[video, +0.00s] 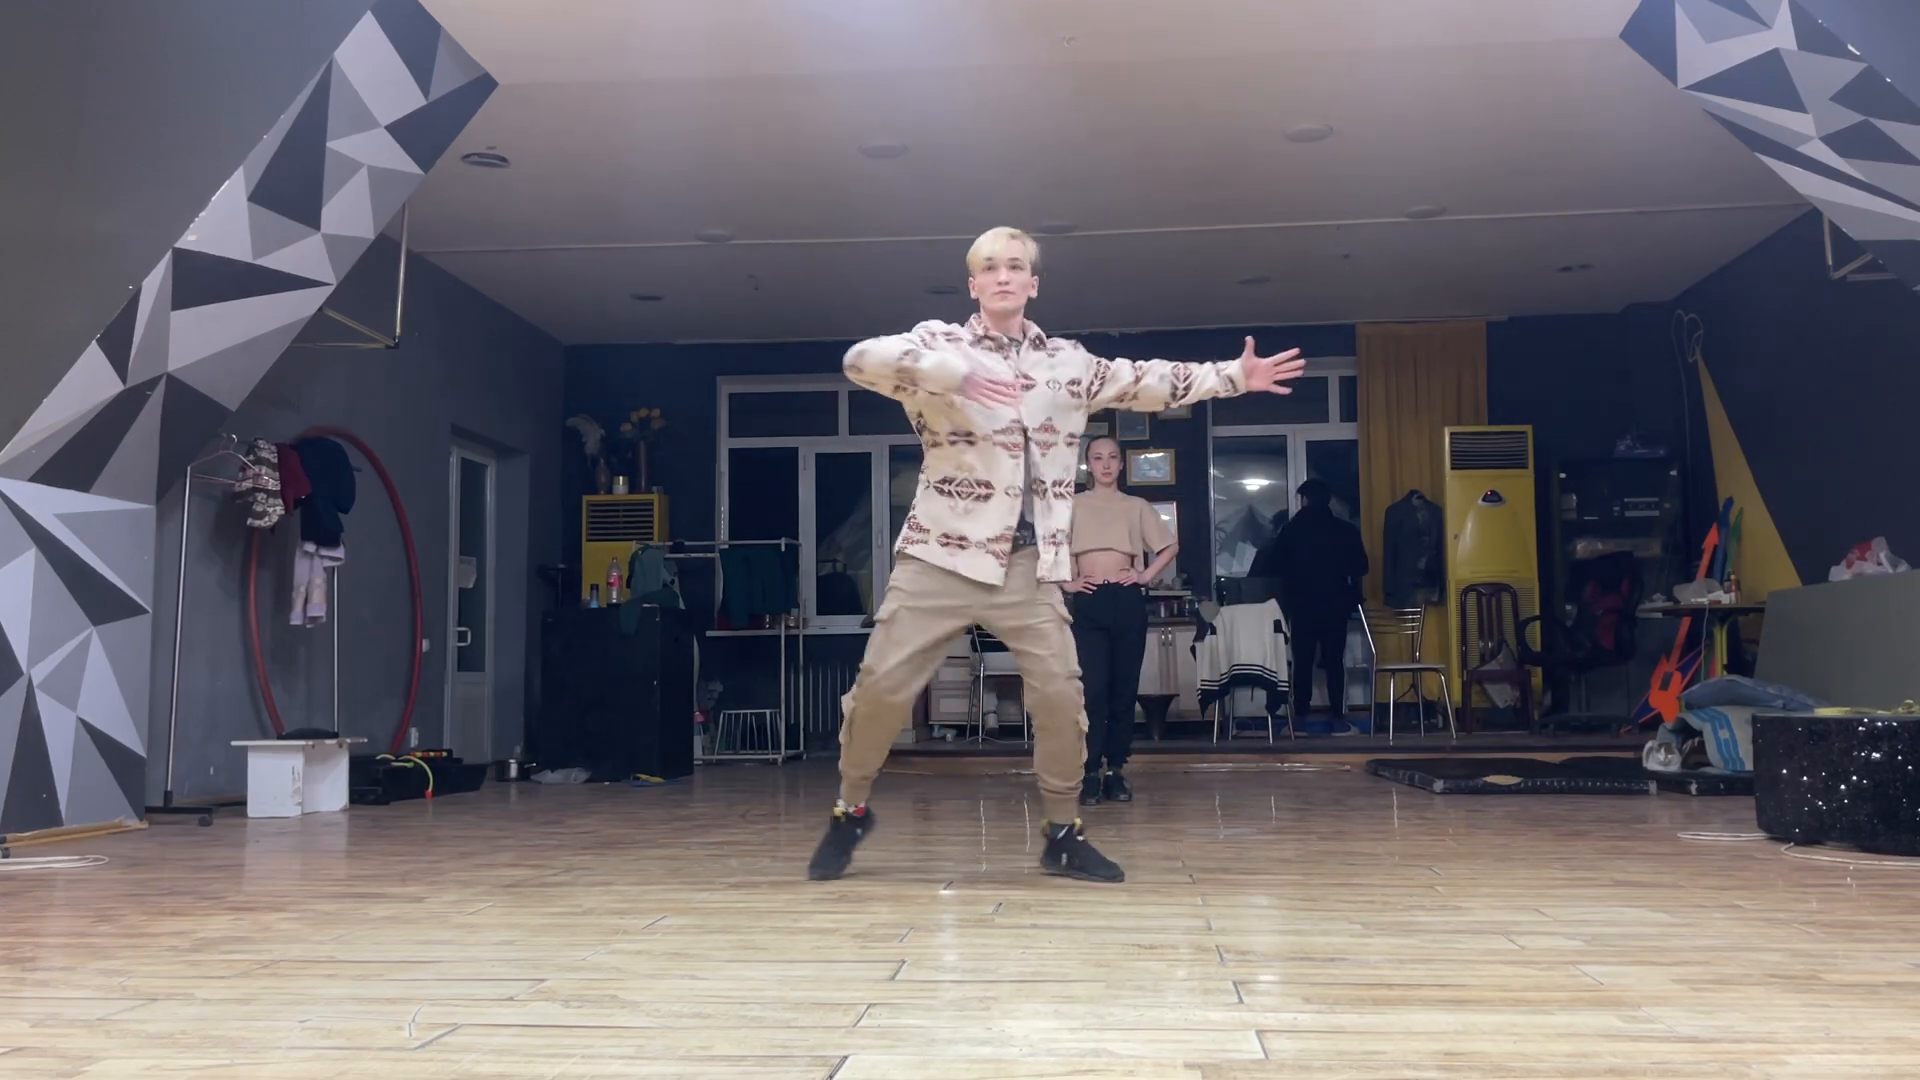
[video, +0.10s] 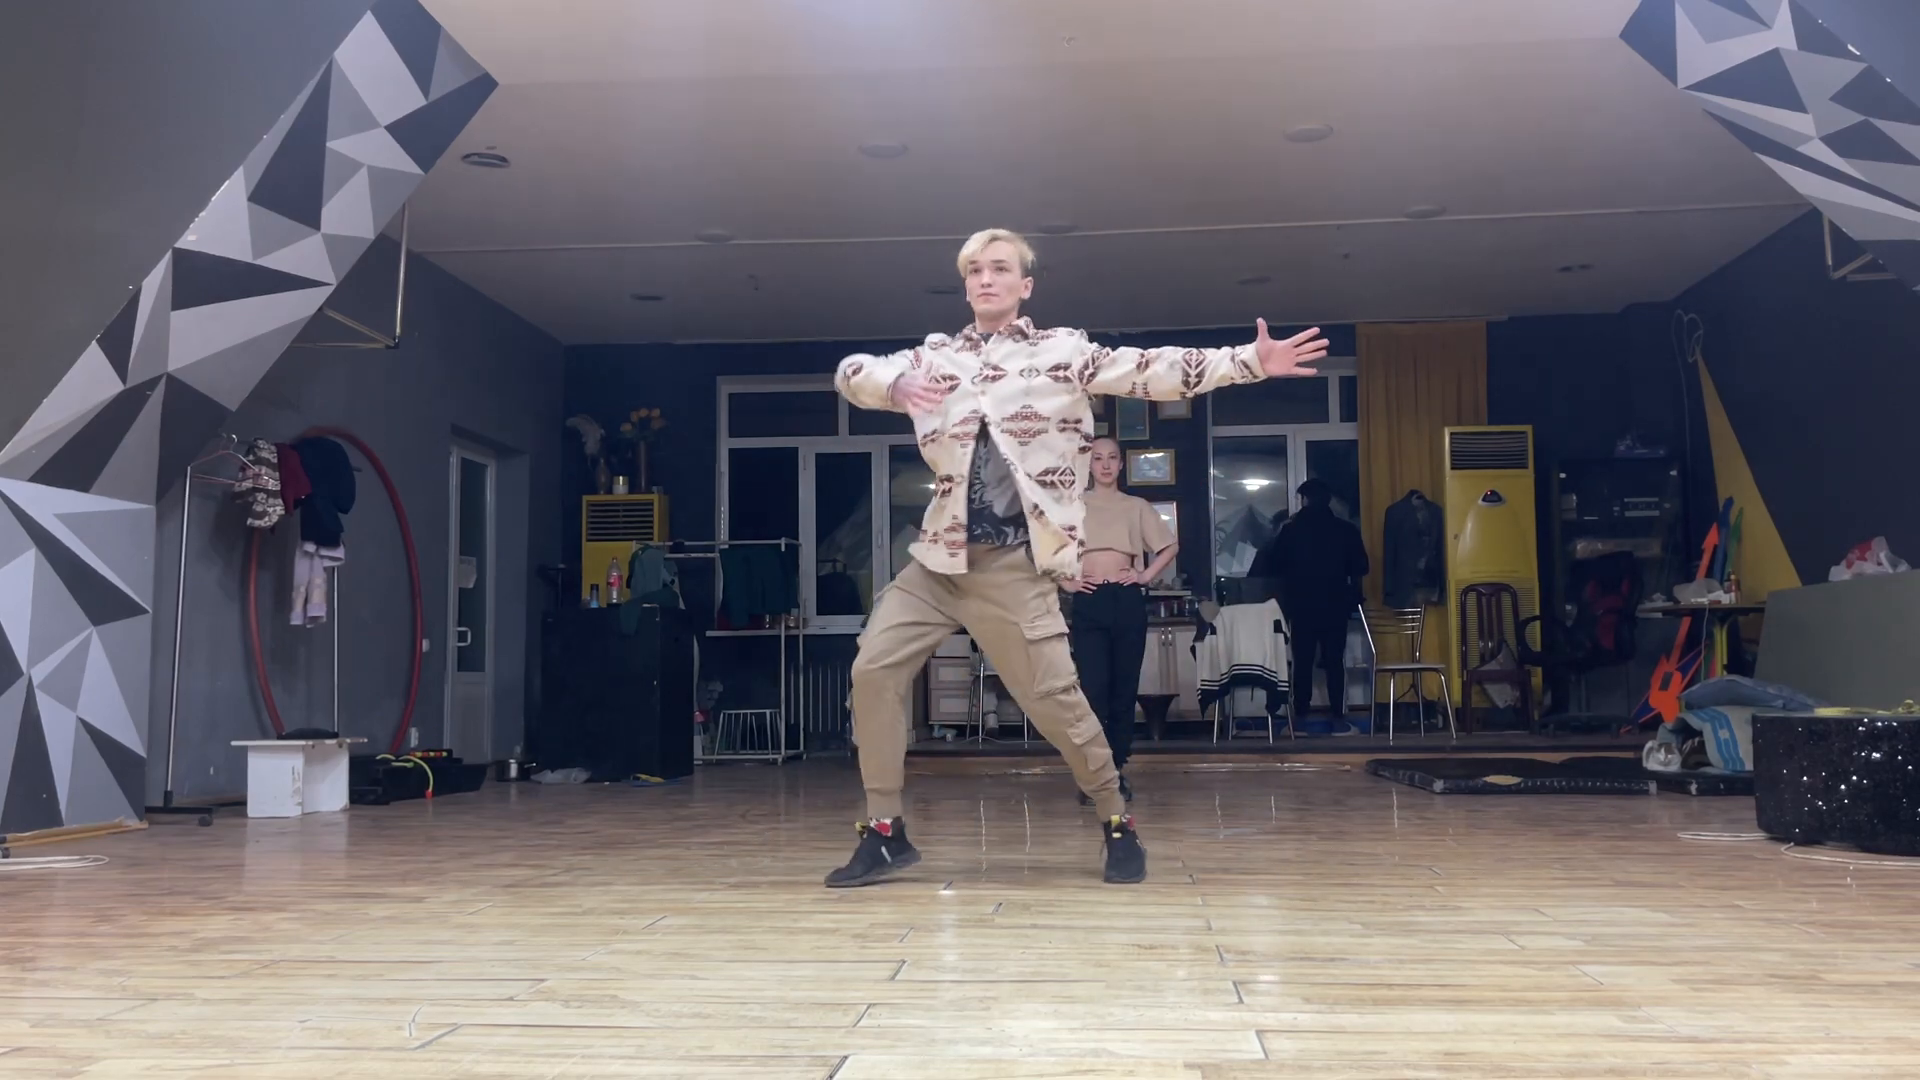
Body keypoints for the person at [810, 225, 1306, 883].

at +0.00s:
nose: (1004, 277)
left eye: (1016, 267)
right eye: (991, 267)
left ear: (1034, 282)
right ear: (971, 281)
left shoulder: (1068, 364)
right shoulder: (938, 343)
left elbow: (1145, 381)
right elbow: (861, 360)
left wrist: (1231, 376)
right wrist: (938, 371)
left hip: (1028, 571)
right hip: (937, 559)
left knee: (1061, 695)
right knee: (880, 685)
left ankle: (1062, 832)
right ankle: (849, 812)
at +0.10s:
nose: (985, 279)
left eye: (1000, 269)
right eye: (976, 270)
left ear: (1027, 283)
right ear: (963, 283)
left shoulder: (1063, 353)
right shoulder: (933, 357)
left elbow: (1151, 370)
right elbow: (851, 375)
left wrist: (1247, 361)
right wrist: (887, 382)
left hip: (1016, 565)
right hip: (938, 559)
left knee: (1052, 696)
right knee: (874, 669)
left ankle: (1116, 823)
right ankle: (884, 830)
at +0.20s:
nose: (983, 305)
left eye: (998, 293)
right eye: (974, 296)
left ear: (1028, 305)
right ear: (966, 307)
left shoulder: (1059, 367)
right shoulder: (952, 386)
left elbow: (1121, 382)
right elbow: (879, 438)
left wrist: (1187, 375)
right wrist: (906, 435)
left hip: (1007, 574)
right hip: (936, 578)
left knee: (1050, 711)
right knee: (876, 683)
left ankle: (1125, 834)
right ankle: (894, 841)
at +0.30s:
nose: (988, 329)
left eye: (1002, 316)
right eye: (979, 321)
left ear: (1036, 325)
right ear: (975, 335)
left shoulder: (1067, 382)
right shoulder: (966, 409)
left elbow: (1058, 399)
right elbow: (914, 485)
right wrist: (958, 461)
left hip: (1018, 576)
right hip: (947, 577)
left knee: (1053, 709)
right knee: (880, 683)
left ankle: (1128, 837)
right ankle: (894, 841)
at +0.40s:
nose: (985, 301)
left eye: (997, 289)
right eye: (977, 294)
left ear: (1032, 299)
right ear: (972, 306)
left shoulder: (1053, 361)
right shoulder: (958, 381)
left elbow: (1057, 337)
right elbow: (881, 418)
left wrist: (1056, 301)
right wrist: (907, 385)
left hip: (1038, 567)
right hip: (965, 567)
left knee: (1084, 699)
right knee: (896, 676)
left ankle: (1142, 835)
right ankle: (895, 834)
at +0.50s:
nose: (967, 276)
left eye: (982, 265)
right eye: (961, 267)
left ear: (1015, 279)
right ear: (957, 280)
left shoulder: (1041, 331)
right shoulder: (943, 353)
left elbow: (1116, 303)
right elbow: (907, 369)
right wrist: (885, 320)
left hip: (1042, 554)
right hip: (964, 556)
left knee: (1105, 684)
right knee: (905, 672)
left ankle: (1173, 819)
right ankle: (906, 828)